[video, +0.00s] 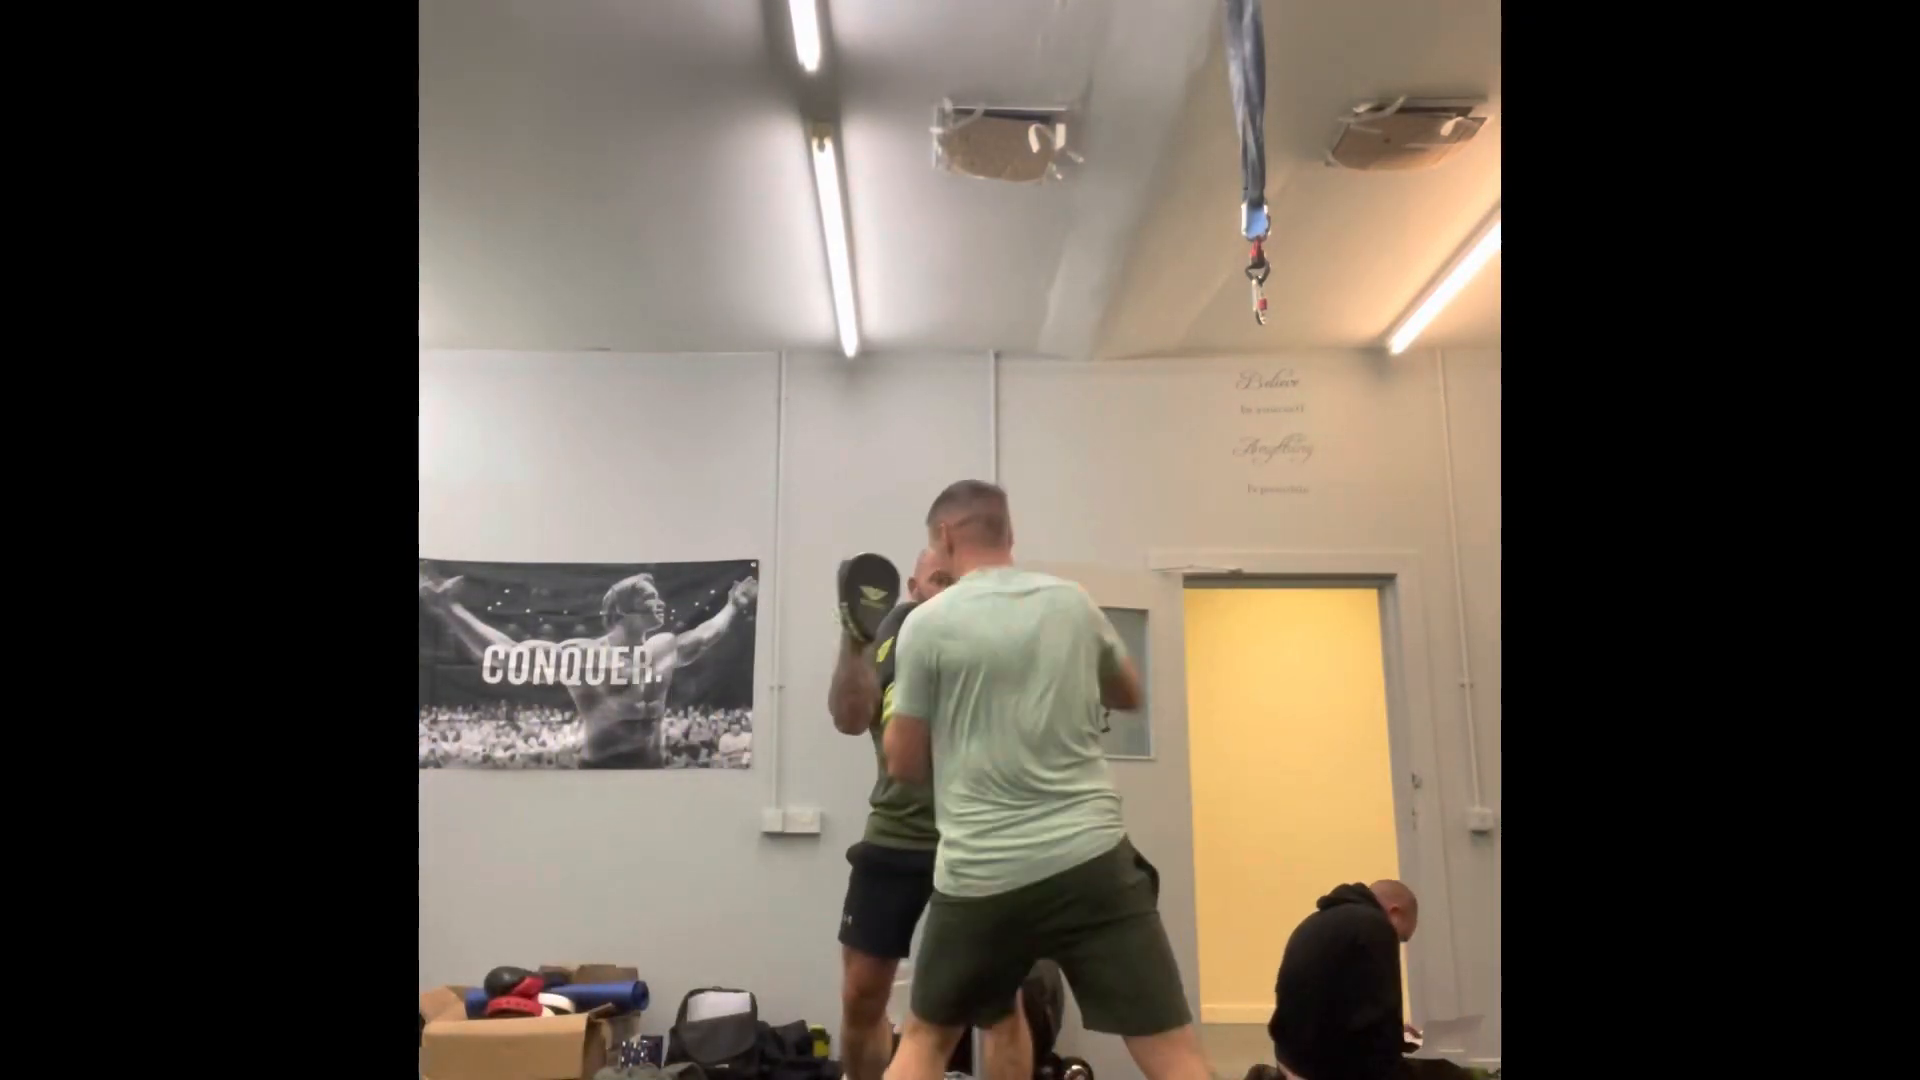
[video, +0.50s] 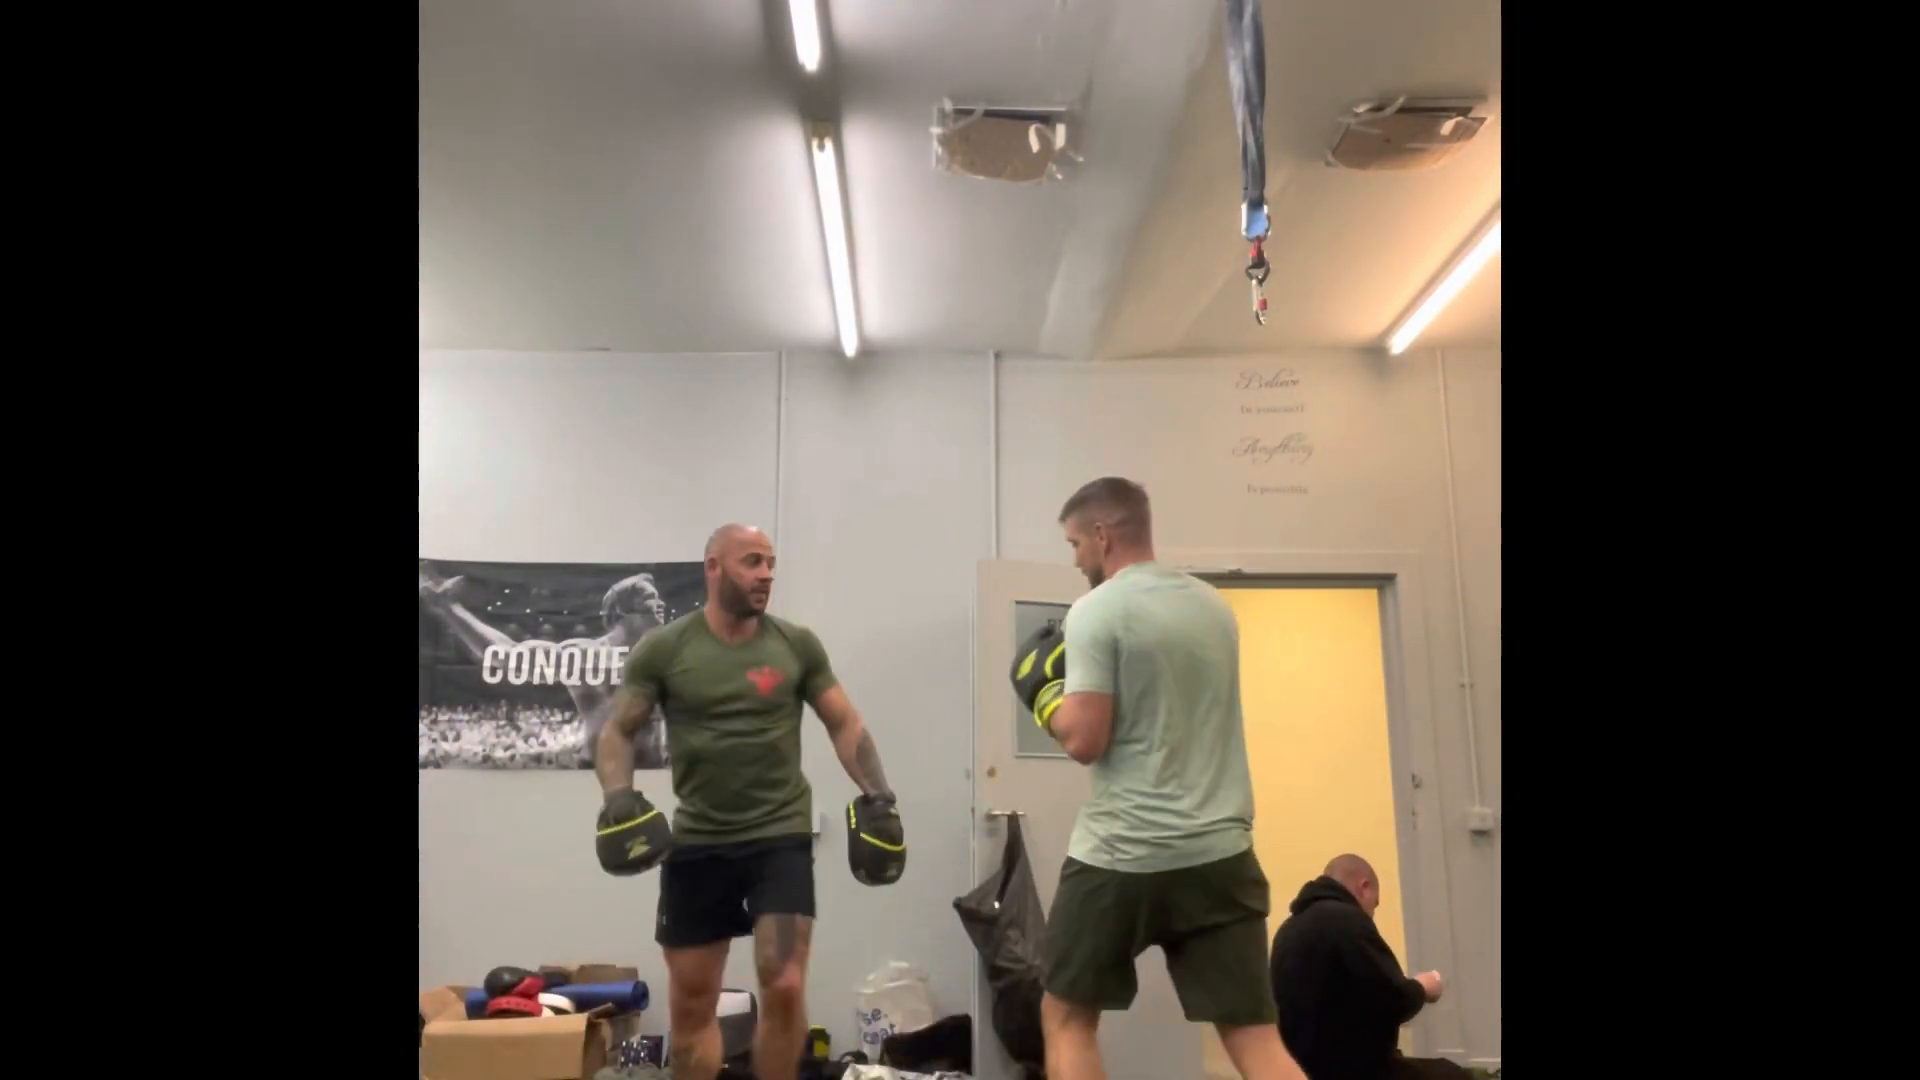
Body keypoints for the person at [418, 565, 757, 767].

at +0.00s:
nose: (662, 609)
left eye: (660, 602)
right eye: (652, 603)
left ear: (652, 611)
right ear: (623, 613)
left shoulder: (665, 648)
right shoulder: (580, 655)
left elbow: (708, 634)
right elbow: (506, 653)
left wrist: (736, 604)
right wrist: (449, 608)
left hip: (651, 773)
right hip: (598, 775)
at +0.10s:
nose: (662, 608)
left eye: (660, 601)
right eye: (651, 602)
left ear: (652, 611)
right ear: (623, 613)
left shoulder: (665, 648)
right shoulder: (580, 655)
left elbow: (708, 634)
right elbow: (506, 653)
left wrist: (736, 604)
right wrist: (449, 608)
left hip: (651, 772)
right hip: (599, 774)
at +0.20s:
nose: (662, 608)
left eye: (660, 601)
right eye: (651, 601)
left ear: (651, 610)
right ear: (624, 612)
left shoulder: (665, 648)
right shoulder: (579, 655)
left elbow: (708, 634)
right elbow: (505, 652)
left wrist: (736, 604)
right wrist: (448, 608)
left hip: (651, 773)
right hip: (599, 775)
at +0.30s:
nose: (662, 607)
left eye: (660, 601)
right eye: (651, 601)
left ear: (651, 610)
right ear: (624, 612)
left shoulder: (665, 648)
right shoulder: (580, 655)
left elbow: (708, 634)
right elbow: (505, 653)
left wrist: (736, 605)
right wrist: (448, 608)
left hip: (651, 772)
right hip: (599, 774)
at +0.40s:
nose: (660, 610)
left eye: (658, 603)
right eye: (650, 604)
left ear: (652, 610)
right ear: (624, 612)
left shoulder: (665, 648)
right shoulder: (580, 655)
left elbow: (710, 635)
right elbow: (505, 653)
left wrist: (736, 604)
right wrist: (449, 609)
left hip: (648, 773)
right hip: (595, 772)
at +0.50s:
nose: (660, 617)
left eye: (661, 609)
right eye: (650, 609)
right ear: (621, 615)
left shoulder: (661, 652)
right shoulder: (582, 656)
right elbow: (508, 653)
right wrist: (447, 608)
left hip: (659, 770)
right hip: (605, 771)